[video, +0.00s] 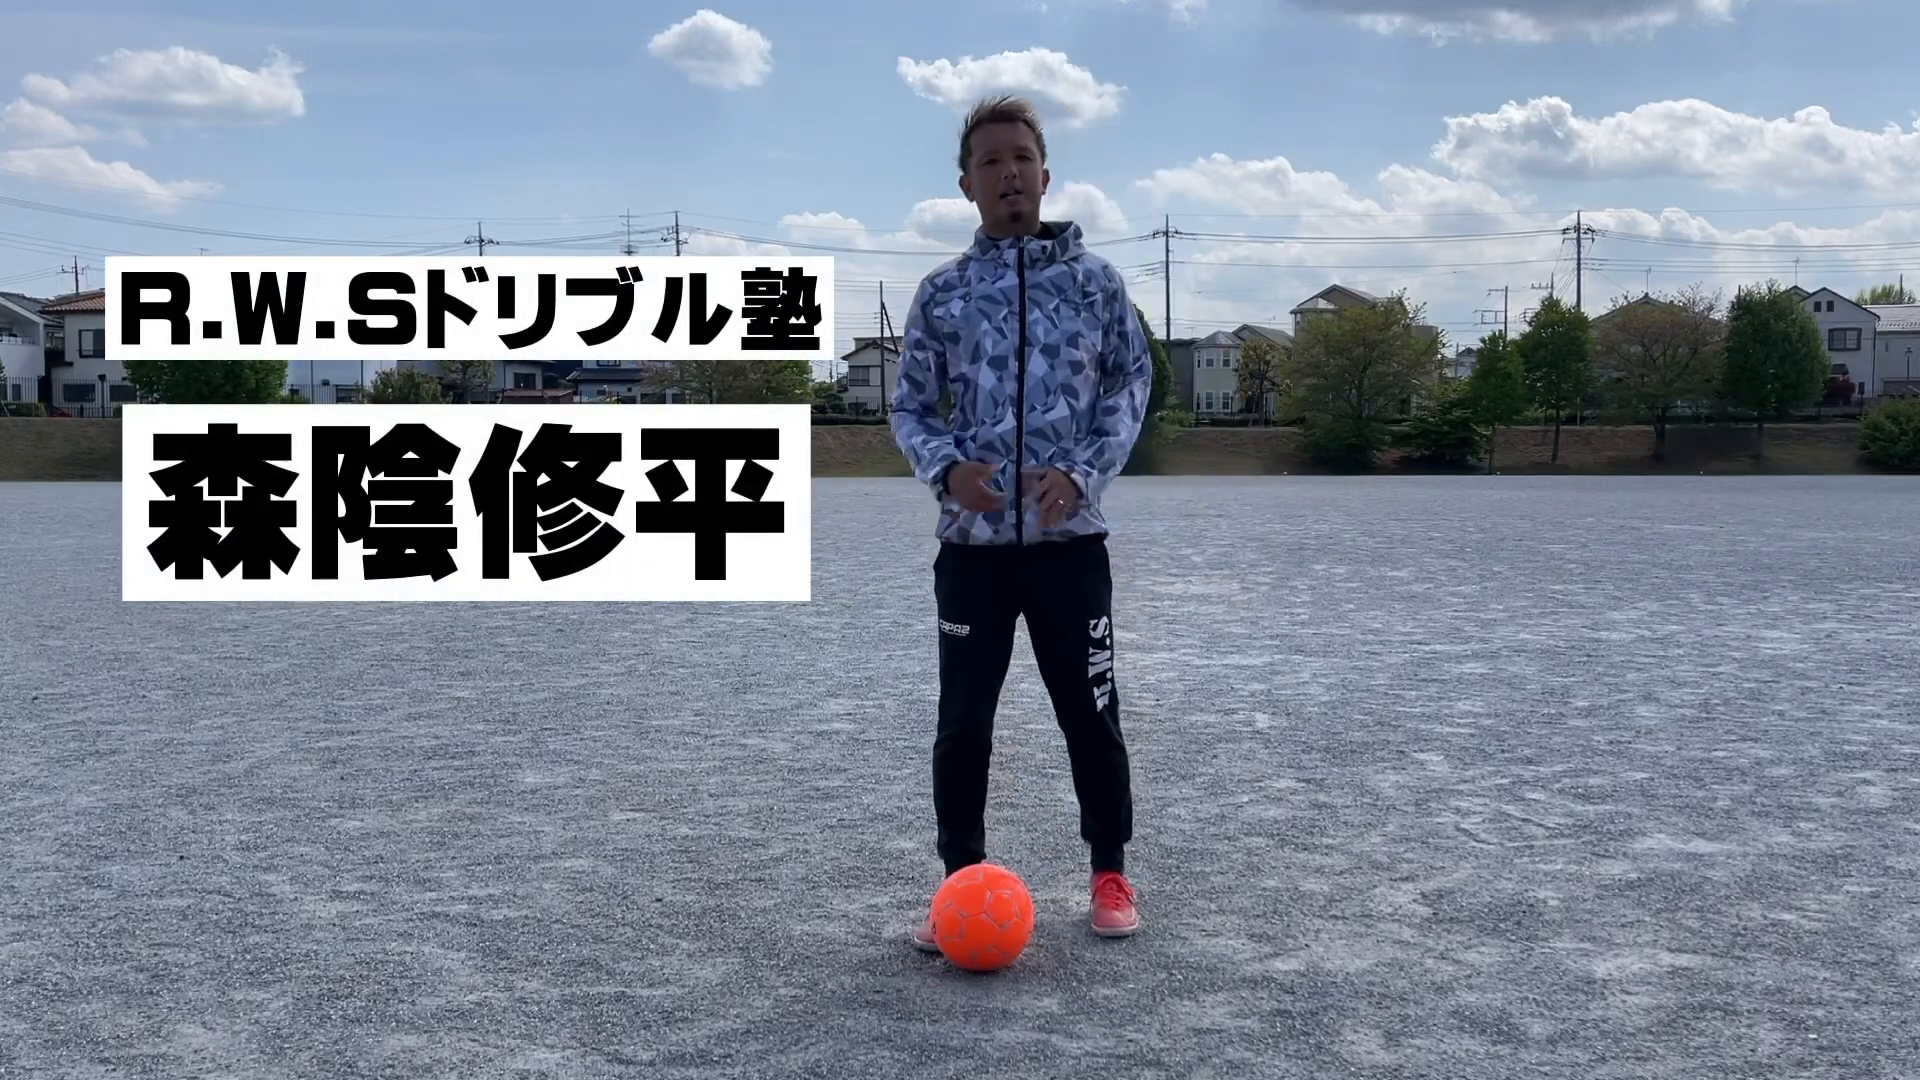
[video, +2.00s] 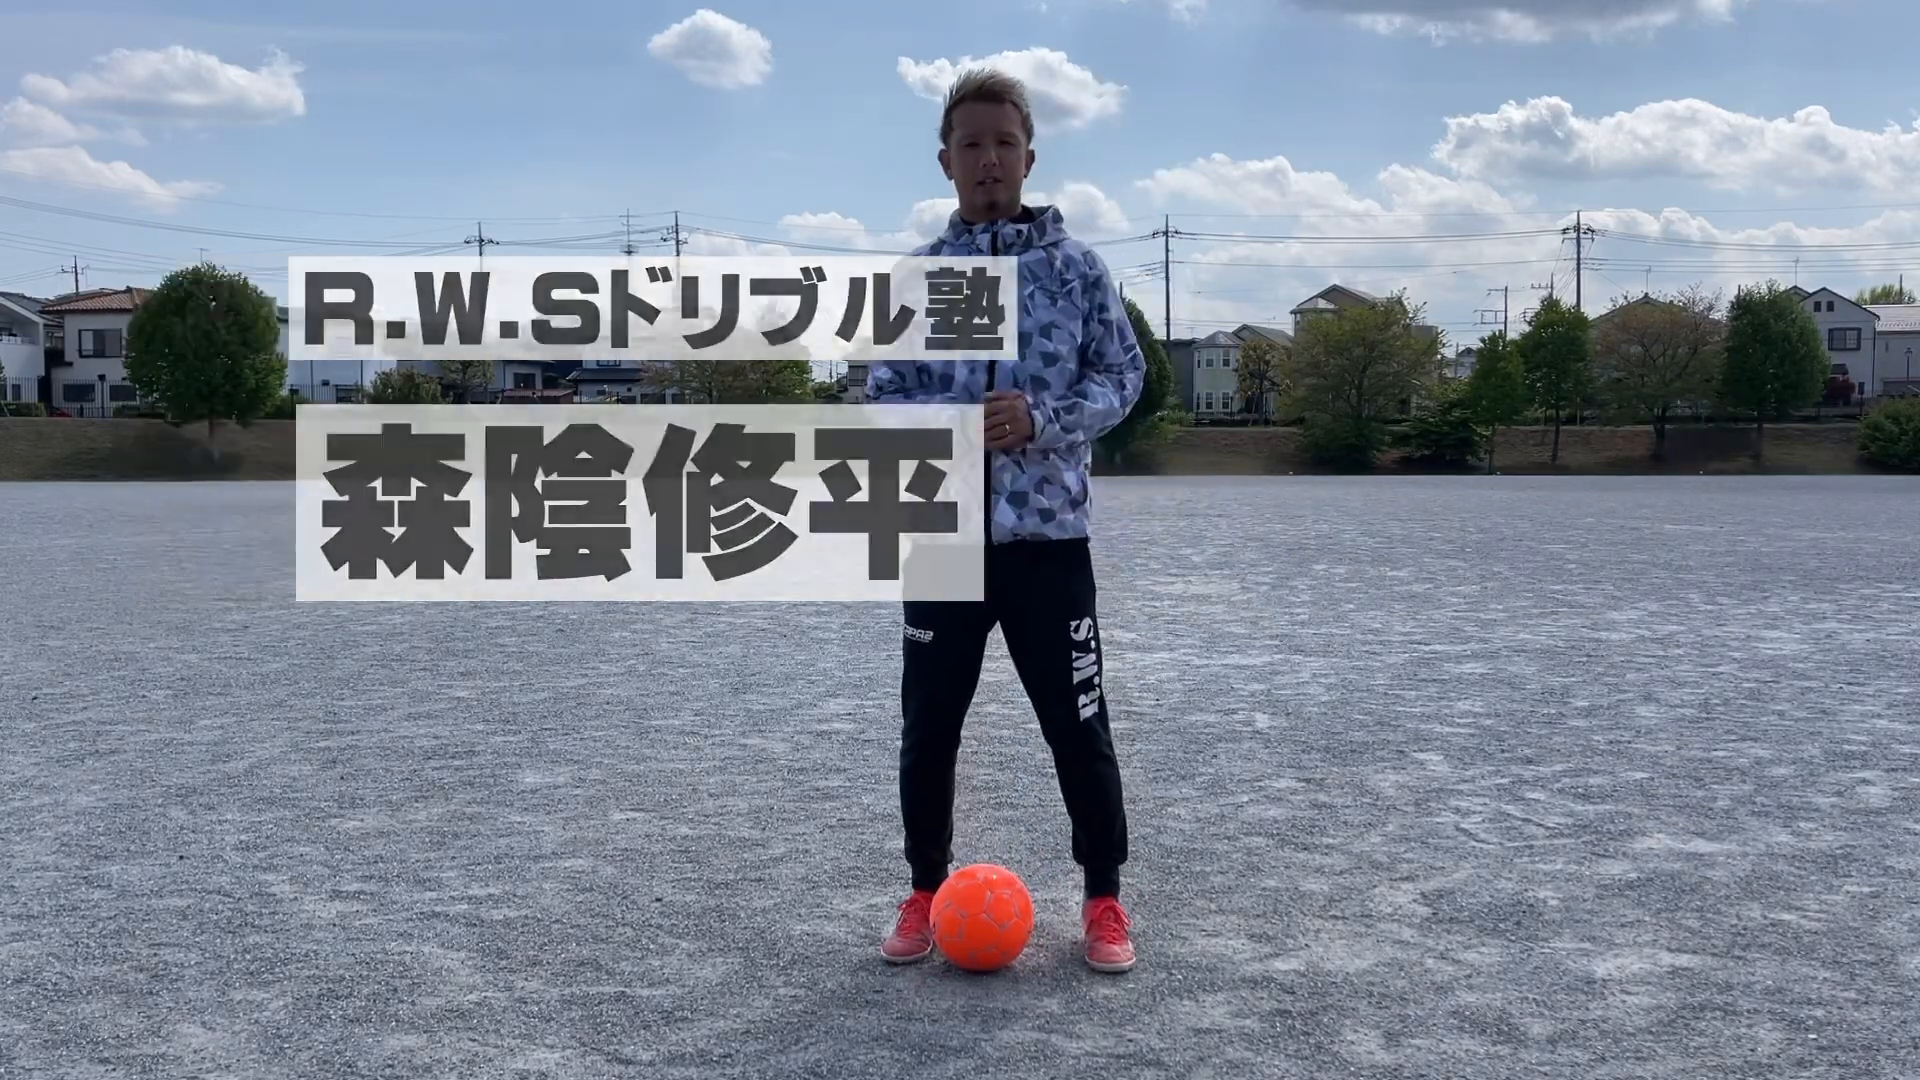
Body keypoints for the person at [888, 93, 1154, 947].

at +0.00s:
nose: (1010, 173)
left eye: (1023, 158)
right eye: (991, 161)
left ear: (1046, 171)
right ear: (967, 180)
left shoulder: (1093, 280)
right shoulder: (943, 292)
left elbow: (1130, 388)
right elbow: (910, 408)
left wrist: (1087, 471)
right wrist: (946, 466)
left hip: (1068, 541)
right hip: (974, 545)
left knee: (1091, 713)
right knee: (962, 719)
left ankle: (1108, 874)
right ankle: (961, 888)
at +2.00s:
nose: (989, 159)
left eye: (1005, 142)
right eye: (971, 144)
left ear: (1030, 153)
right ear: (946, 158)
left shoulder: (1075, 266)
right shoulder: (914, 275)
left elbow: (1122, 382)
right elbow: (872, 384)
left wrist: (1042, 419)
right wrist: (941, 418)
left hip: (1045, 536)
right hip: (941, 536)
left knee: (1078, 723)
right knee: (927, 725)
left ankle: (1103, 902)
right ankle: (925, 894)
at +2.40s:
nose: (1004, 151)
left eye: (1022, 136)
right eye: (988, 135)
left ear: (1046, 151)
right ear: (963, 150)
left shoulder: (1088, 265)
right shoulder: (927, 269)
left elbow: (1118, 400)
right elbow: (900, 404)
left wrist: (1129, 510)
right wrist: (886, 513)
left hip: (1056, 535)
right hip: (951, 535)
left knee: (1082, 725)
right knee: (933, 727)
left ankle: (1103, 901)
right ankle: (927, 894)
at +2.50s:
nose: (1012, 157)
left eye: (1030, 142)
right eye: (994, 141)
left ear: (1053, 159)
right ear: (969, 157)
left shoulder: (1092, 271)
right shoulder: (933, 277)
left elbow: (1141, 400)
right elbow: (888, 402)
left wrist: (1170, 509)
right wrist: (854, 511)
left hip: (1057, 542)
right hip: (953, 541)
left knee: (1080, 731)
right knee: (938, 731)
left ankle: (1102, 906)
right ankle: (931, 898)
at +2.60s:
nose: (1019, 148)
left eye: (1036, 134)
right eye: (1002, 133)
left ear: (1059, 155)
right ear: (977, 151)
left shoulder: (1097, 267)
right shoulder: (939, 270)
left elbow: (1151, 384)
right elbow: (887, 385)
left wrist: (1191, 488)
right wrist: (840, 486)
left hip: (1059, 539)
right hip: (955, 538)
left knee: (1081, 730)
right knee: (937, 728)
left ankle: (1104, 904)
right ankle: (927, 896)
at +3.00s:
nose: (1037, 160)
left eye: (1053, 146)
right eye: (1020, 145)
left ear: (1075, 165)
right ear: (992, 162)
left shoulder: (1107, 282)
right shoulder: (952, 280)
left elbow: (1135, 407)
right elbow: (921, 408)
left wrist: (1124, 504)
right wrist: (920, 503)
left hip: (1069, 542)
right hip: (966, 540)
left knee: (1085, 731)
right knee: (946, 729)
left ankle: (1101, 905)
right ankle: (930, 898)